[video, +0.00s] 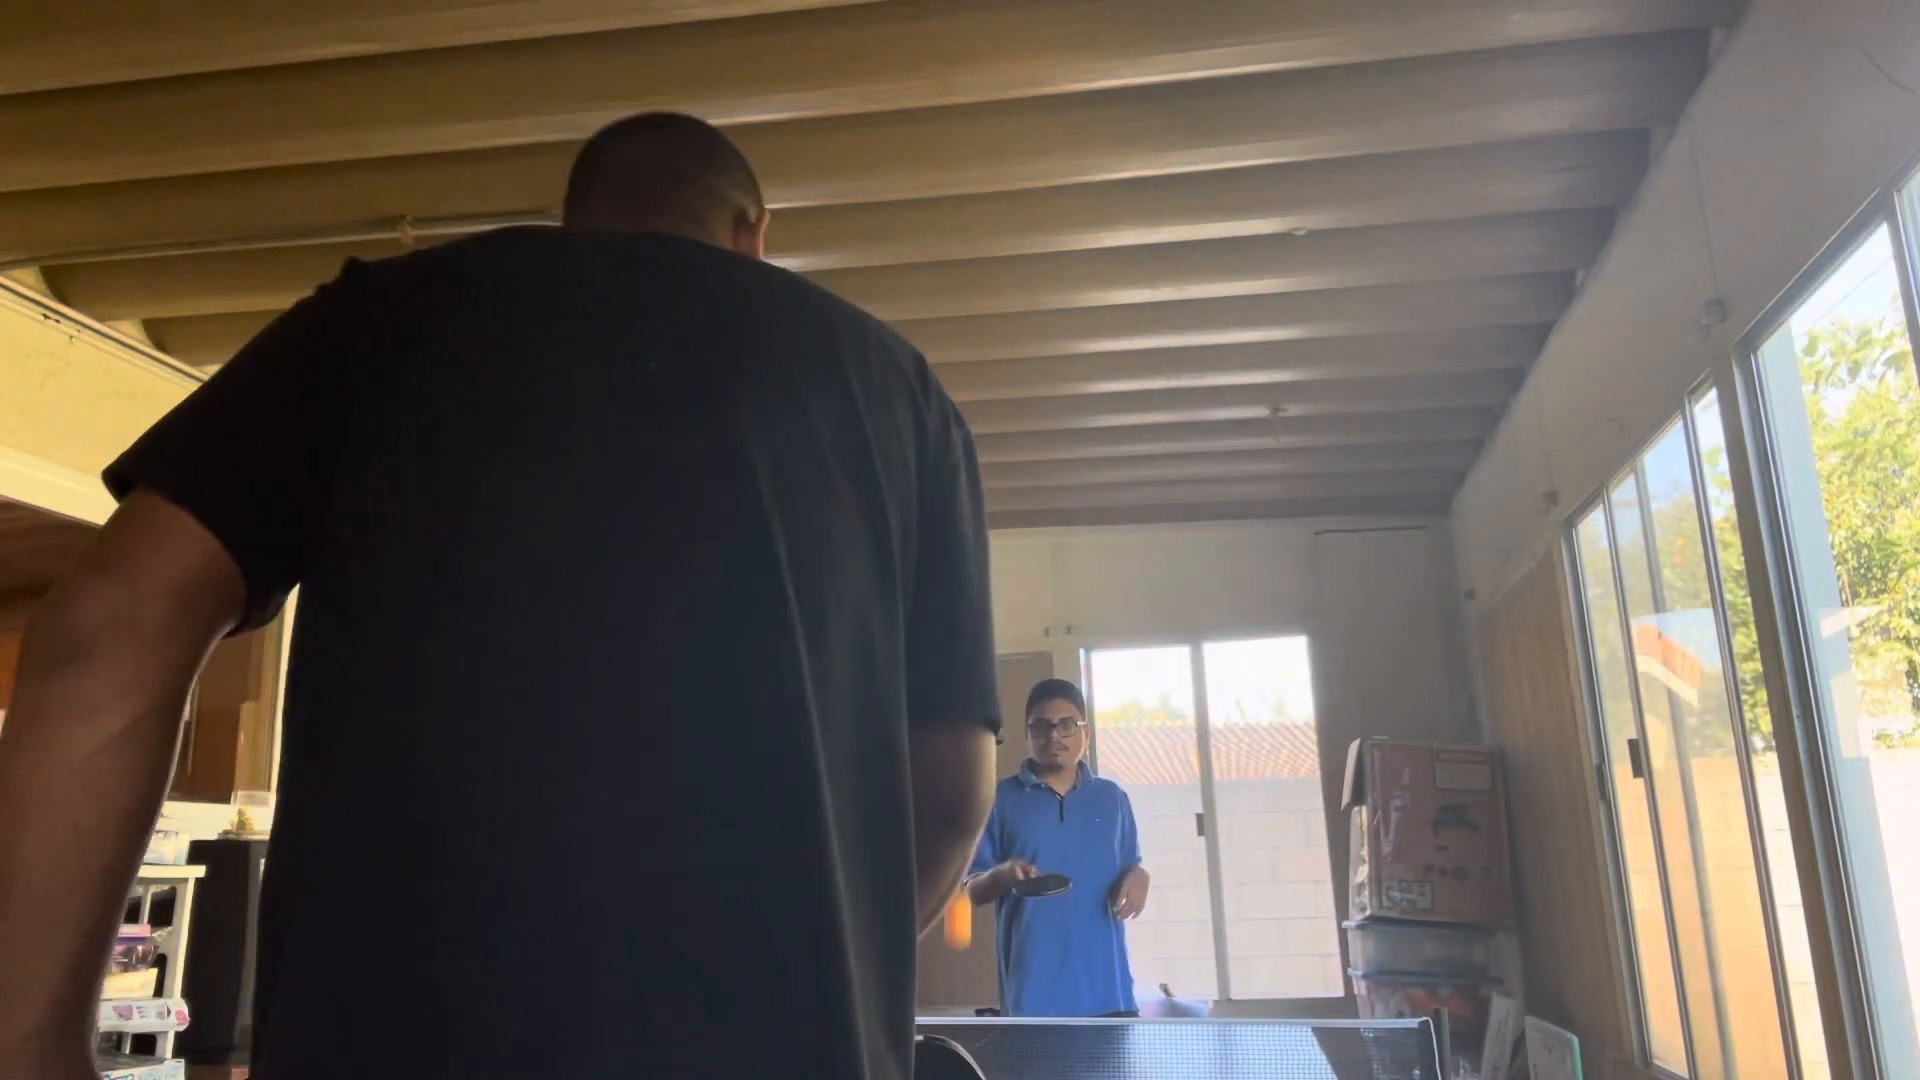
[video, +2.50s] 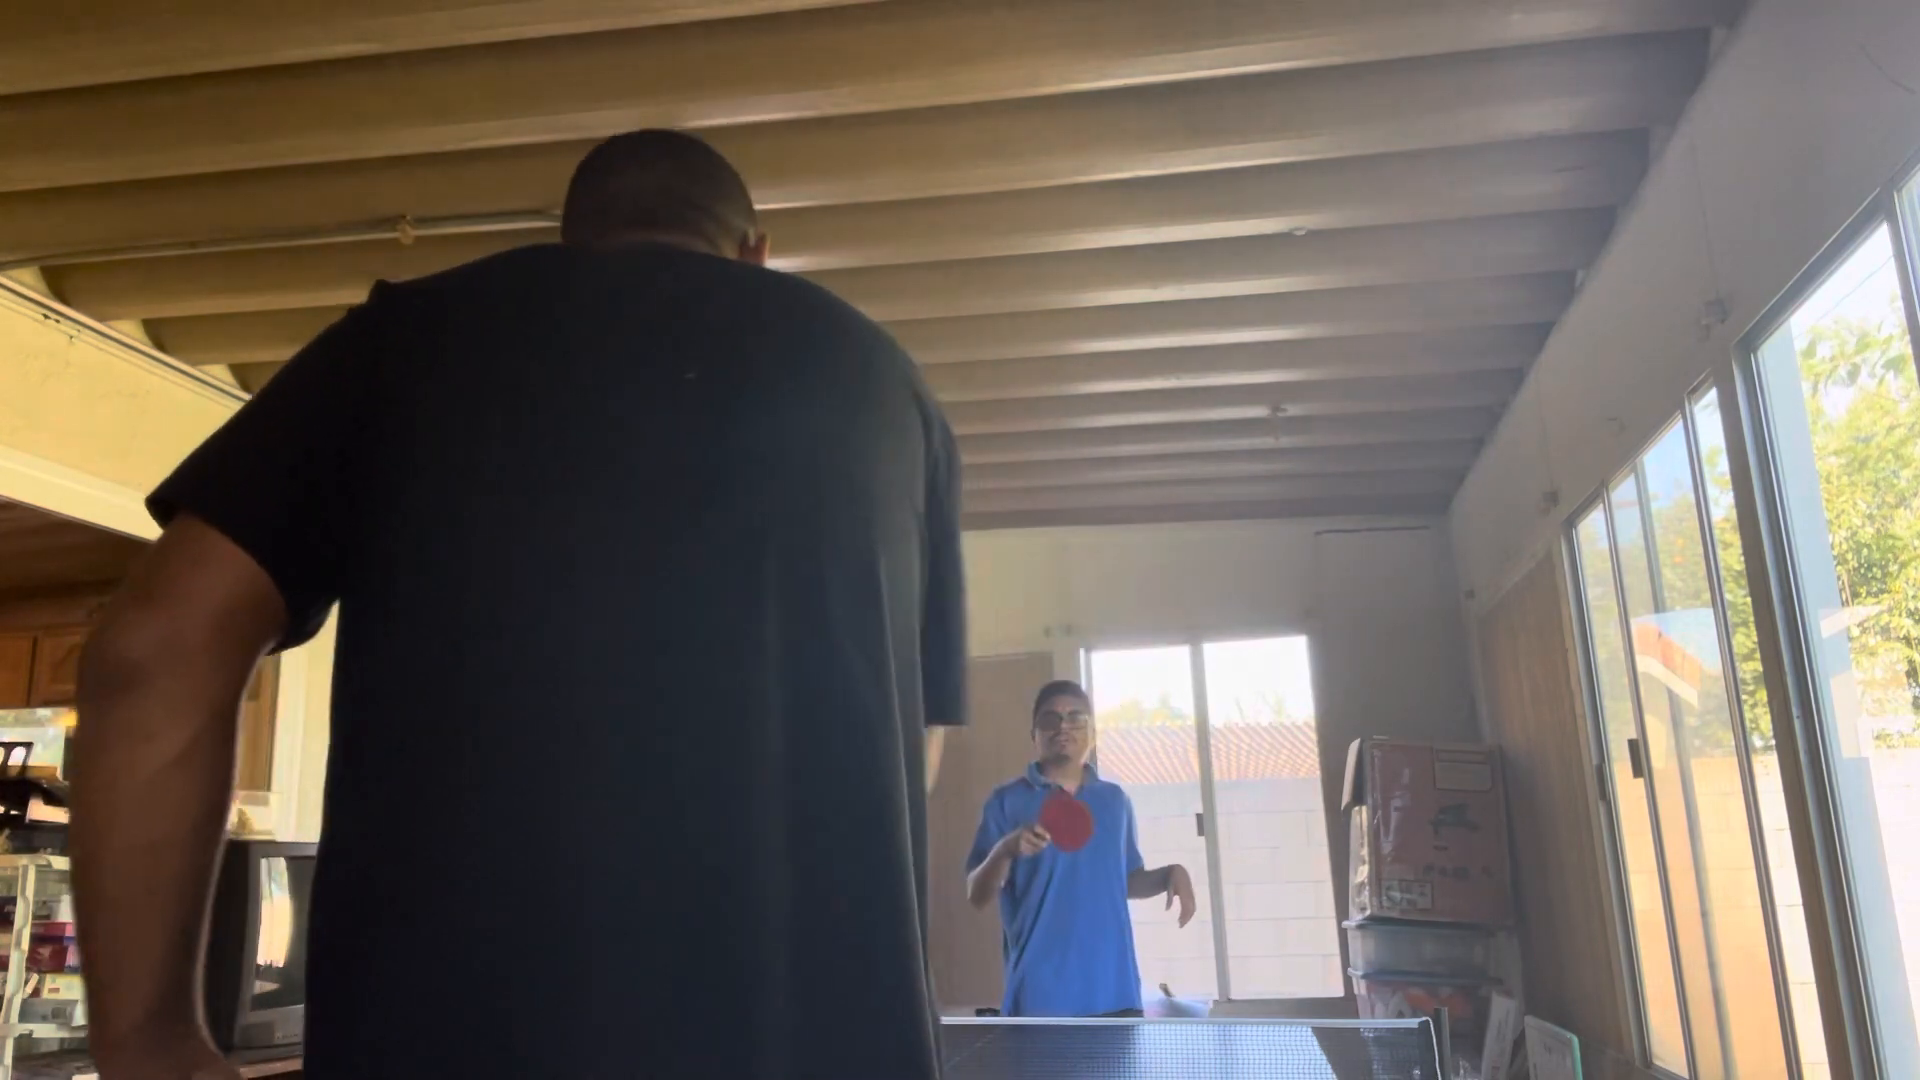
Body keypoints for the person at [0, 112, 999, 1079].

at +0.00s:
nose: (764, 257)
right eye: (766, 237)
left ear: (563, 217)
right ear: (751, 231)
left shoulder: (382, 310)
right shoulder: (893, 379)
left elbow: (107, 635)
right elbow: (949, 797)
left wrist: (38, 1043)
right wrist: (858, 968)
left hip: (388, 1034)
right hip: (785, 1043)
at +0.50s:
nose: (796, 252)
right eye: (792, 237)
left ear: (590, 234)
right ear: (779, 232)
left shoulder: (410, 344)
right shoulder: (892, 315)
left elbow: (164, 676)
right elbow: (1094, 544)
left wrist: (165, 1064)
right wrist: (971, 763)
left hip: (452, 1028)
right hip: (862, 1029)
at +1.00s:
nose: (832, 250)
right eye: (831, 233)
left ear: (629, 226)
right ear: (821, 230)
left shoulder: (463, 335)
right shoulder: (952, 344)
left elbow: (221, 677)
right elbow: (1133, 662)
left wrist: (230, 1061)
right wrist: (969, 589)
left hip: (503, 1037)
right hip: (884, 1039)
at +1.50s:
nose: (835, 242)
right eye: (835, 227)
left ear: (637, 222)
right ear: (826, 225)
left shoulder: (471, 340)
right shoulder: (957, 343)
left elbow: (238, 664)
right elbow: (1096, 695)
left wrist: (205, 1062)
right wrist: (992, 735)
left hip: (506, 1038)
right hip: (880, 1042)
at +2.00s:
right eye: (818, 218)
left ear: (618, 219)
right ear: (810, 216)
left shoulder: (457, 348)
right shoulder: (941, 347)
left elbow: (222, 684)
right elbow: (1069, 700)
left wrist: (214, 1058)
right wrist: (990, 747)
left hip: (488, 1036)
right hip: (846, 1039)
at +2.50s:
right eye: (763, 250)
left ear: (558, 241)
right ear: (754, 250)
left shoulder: (410, 330)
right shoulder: (878, 370)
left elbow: (154, 648)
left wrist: (147, 1037)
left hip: (437, 1034)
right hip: (814, 1041)